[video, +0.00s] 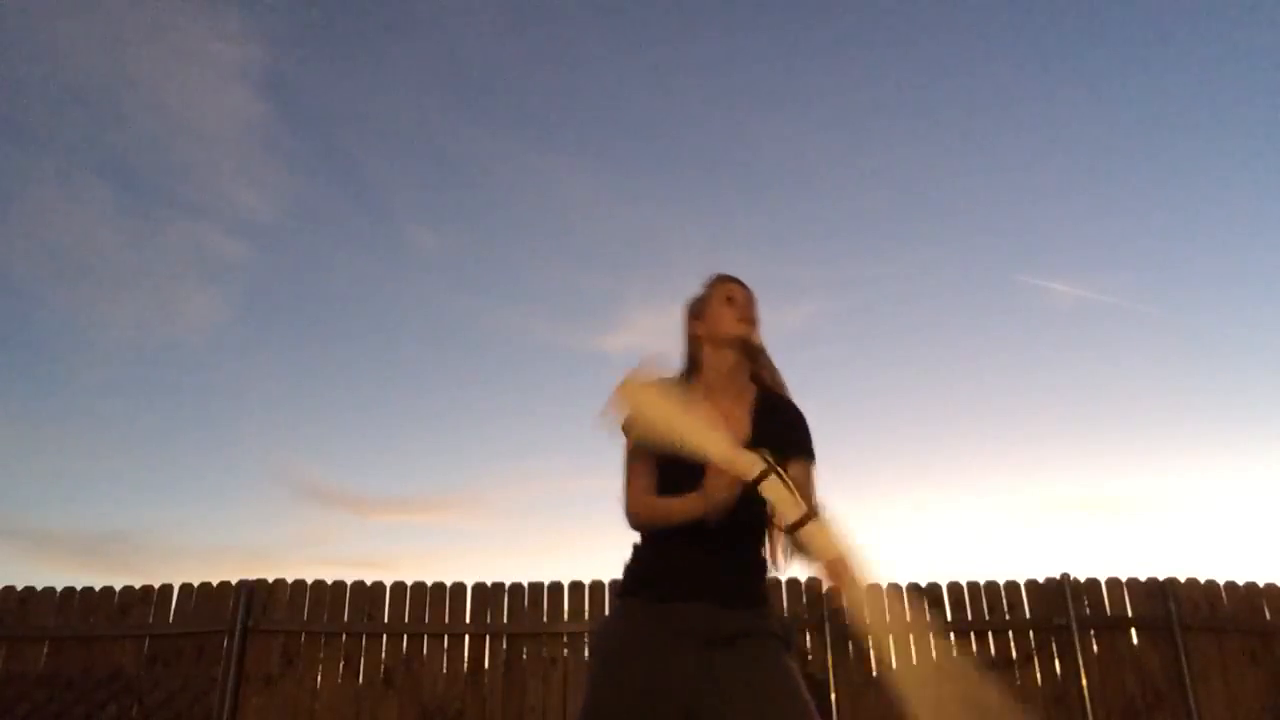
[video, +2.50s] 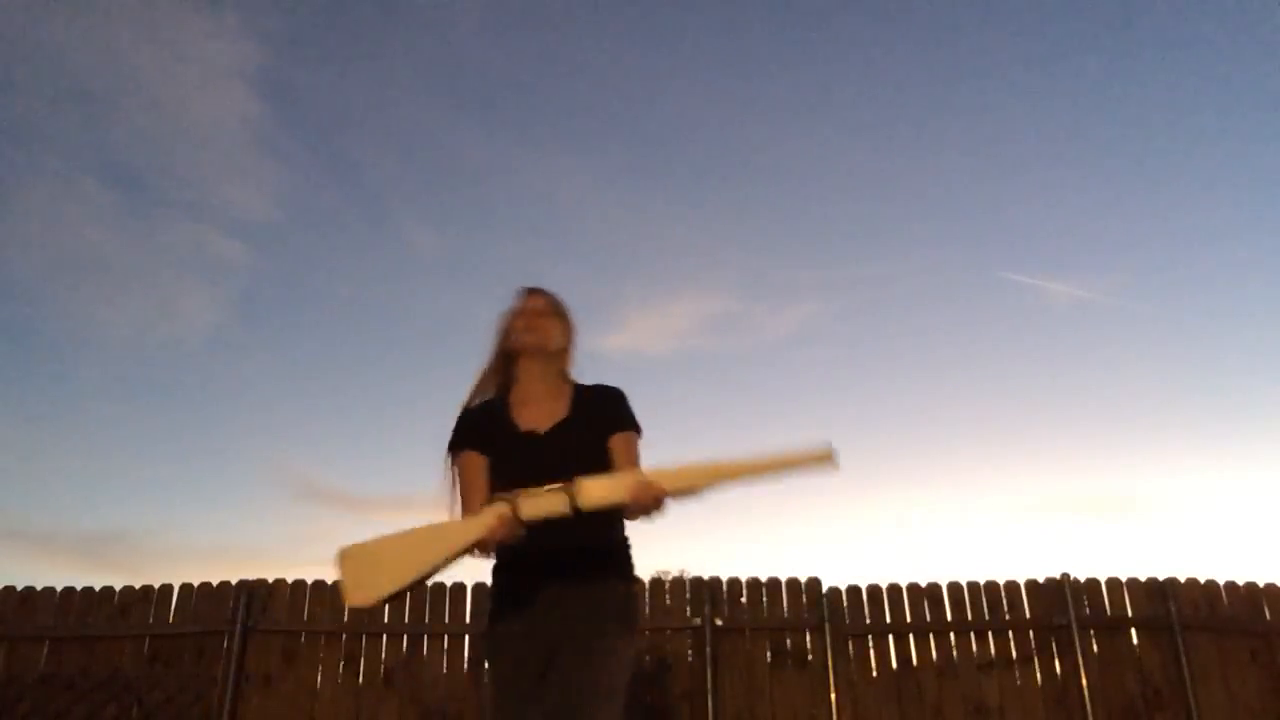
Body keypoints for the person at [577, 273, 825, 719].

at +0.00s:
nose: (741, 310)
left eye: (747, 307)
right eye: (727, 300)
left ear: (754, 331)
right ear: (696, 323)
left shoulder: (780, 415)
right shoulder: (657, 406)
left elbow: (800, 513)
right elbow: (638, 508)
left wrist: (830, 559)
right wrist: (704, 500)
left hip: (742, 613)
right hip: (652, 610)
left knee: (789, 710)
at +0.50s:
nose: (610, 307)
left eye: (620, 305)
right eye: (598, 304)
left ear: (634, 330)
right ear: (576, 329)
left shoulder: (660, 394)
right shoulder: (549, 416)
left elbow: (754, 441)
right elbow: (502, 514)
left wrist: (773, 419)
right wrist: (471, 486)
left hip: (639, 592)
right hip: (559, 596)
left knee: (655, 706)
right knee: (556, 708)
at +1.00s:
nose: (475, 324)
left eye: (487, 313)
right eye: (465, 322)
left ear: (516, 327)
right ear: (462, 344)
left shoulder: (554, 381)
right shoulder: (460, 433)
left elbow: (627, 467)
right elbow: (364, 478)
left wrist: (572, 529)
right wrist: (327, 395)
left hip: (553, 590)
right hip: (499, 600)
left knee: (451, 708)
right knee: (531, 712)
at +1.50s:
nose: (356, 375)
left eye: (364, 359)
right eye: (352, 369)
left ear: (403, 346)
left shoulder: (467, 381)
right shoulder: (387, 468)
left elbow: (559, 443)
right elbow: (411, 558)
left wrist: (519, 533)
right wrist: (368, 598)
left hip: (501, 591)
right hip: (442, 609)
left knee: (400, 710)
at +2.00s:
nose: (385, 361)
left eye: (392, 344)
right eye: (378, 354)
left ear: (430, 336)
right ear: (382, 367)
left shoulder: (494, 378)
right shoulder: (407, 453)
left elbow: (583, 447)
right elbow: (422, 539)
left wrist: (544, 530)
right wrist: (385, 583)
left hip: (511, 589)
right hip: (454, 601)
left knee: (419, 705)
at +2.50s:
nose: (531, 319)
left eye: (544, 313)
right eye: (521, 314)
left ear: (566, 334)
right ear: (506, 337)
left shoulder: (605, 403)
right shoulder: (478, 421)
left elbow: (629, 493)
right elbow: (473, 526)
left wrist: (643, 498)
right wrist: (492, 529)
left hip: (599, 593)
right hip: (518, 595)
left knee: (592, 706)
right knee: (518, 708)